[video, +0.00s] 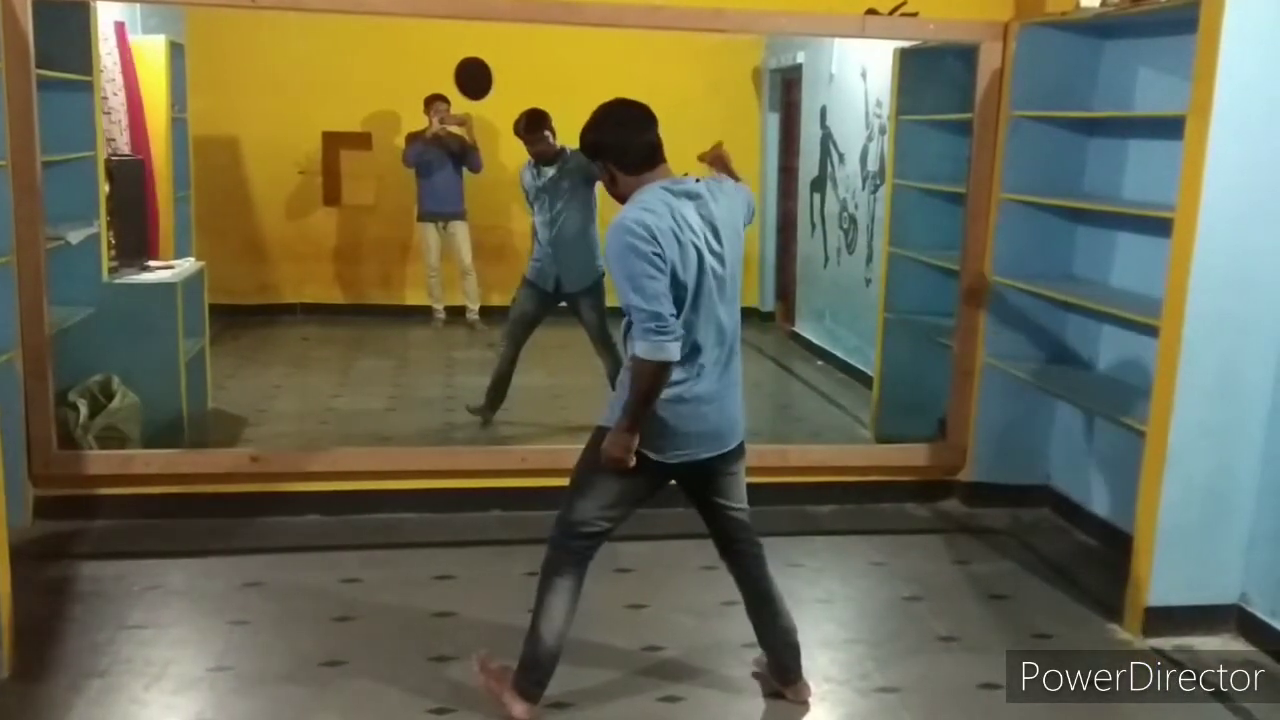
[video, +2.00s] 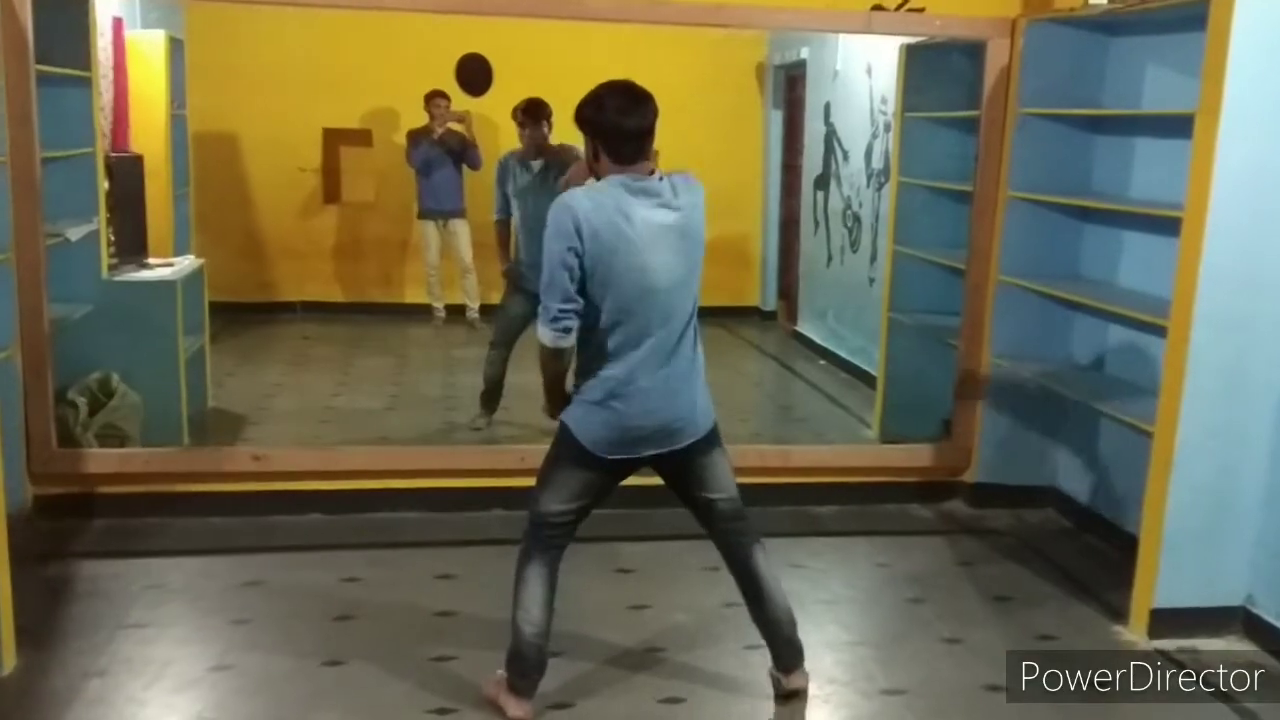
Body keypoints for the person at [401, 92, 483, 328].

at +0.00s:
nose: (440, 116)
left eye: (444, 111)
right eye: (436, 111)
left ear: (450, 114)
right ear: (427, 113)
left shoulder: (456, 140)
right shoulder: (417, 139)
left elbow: (475, 166)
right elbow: (409, 160)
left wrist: (469, 135)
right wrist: (429, 134)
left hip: (456, 213)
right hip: (428, 214)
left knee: (466, 265)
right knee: (432, 267)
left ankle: (473, 313)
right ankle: (438, 312)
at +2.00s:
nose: (440, 111)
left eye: (444, 107)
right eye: (436, 106)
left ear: (450, 110)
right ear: (427, 109)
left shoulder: (456, 137)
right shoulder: (417, 135)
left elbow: (475, 163)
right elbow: (414, 161)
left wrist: (469, 132)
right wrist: (435, 135)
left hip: (455, 210)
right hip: (428, 211)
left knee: (466, 263)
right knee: (432, 265)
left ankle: (473, 311)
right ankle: (438, 310)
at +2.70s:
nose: (440, 111)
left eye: (444, 107)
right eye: (435, 107)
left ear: (450, 110)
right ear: (427, 109)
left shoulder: (457, 137)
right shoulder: (417, 135)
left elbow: (474, 163)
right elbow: (415, 162)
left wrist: (470, 133)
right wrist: (435, 135)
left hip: (455, 209)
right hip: (428, 210)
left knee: (466, 258)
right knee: (433, 263)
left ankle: (473, 309)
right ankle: (438, 308)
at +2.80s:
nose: (440, 111)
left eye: (444, 107)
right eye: (436, 106)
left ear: (450, 110)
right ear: (427, 109)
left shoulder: (457, 136)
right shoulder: (417, 135)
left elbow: (475, 163)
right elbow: (416, 162)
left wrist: (468, 134)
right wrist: (435, 136)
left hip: (455, 209)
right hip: (429, 210)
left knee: (466, 261)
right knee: (432, 263)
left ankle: (473, 309)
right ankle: (438, 308)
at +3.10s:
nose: (440, 111)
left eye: (445, 106)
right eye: (436, 106)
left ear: (450, 110)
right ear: (427, 108)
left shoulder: (457, 136)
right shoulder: (417, 135)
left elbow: (476, 163)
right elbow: (415, 161)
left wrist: (470, 132)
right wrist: (436, 134)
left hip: (456, 210)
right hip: (429, 211)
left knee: (467, 263)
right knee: (433, 264)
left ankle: (474, 310)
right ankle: (438, 309)